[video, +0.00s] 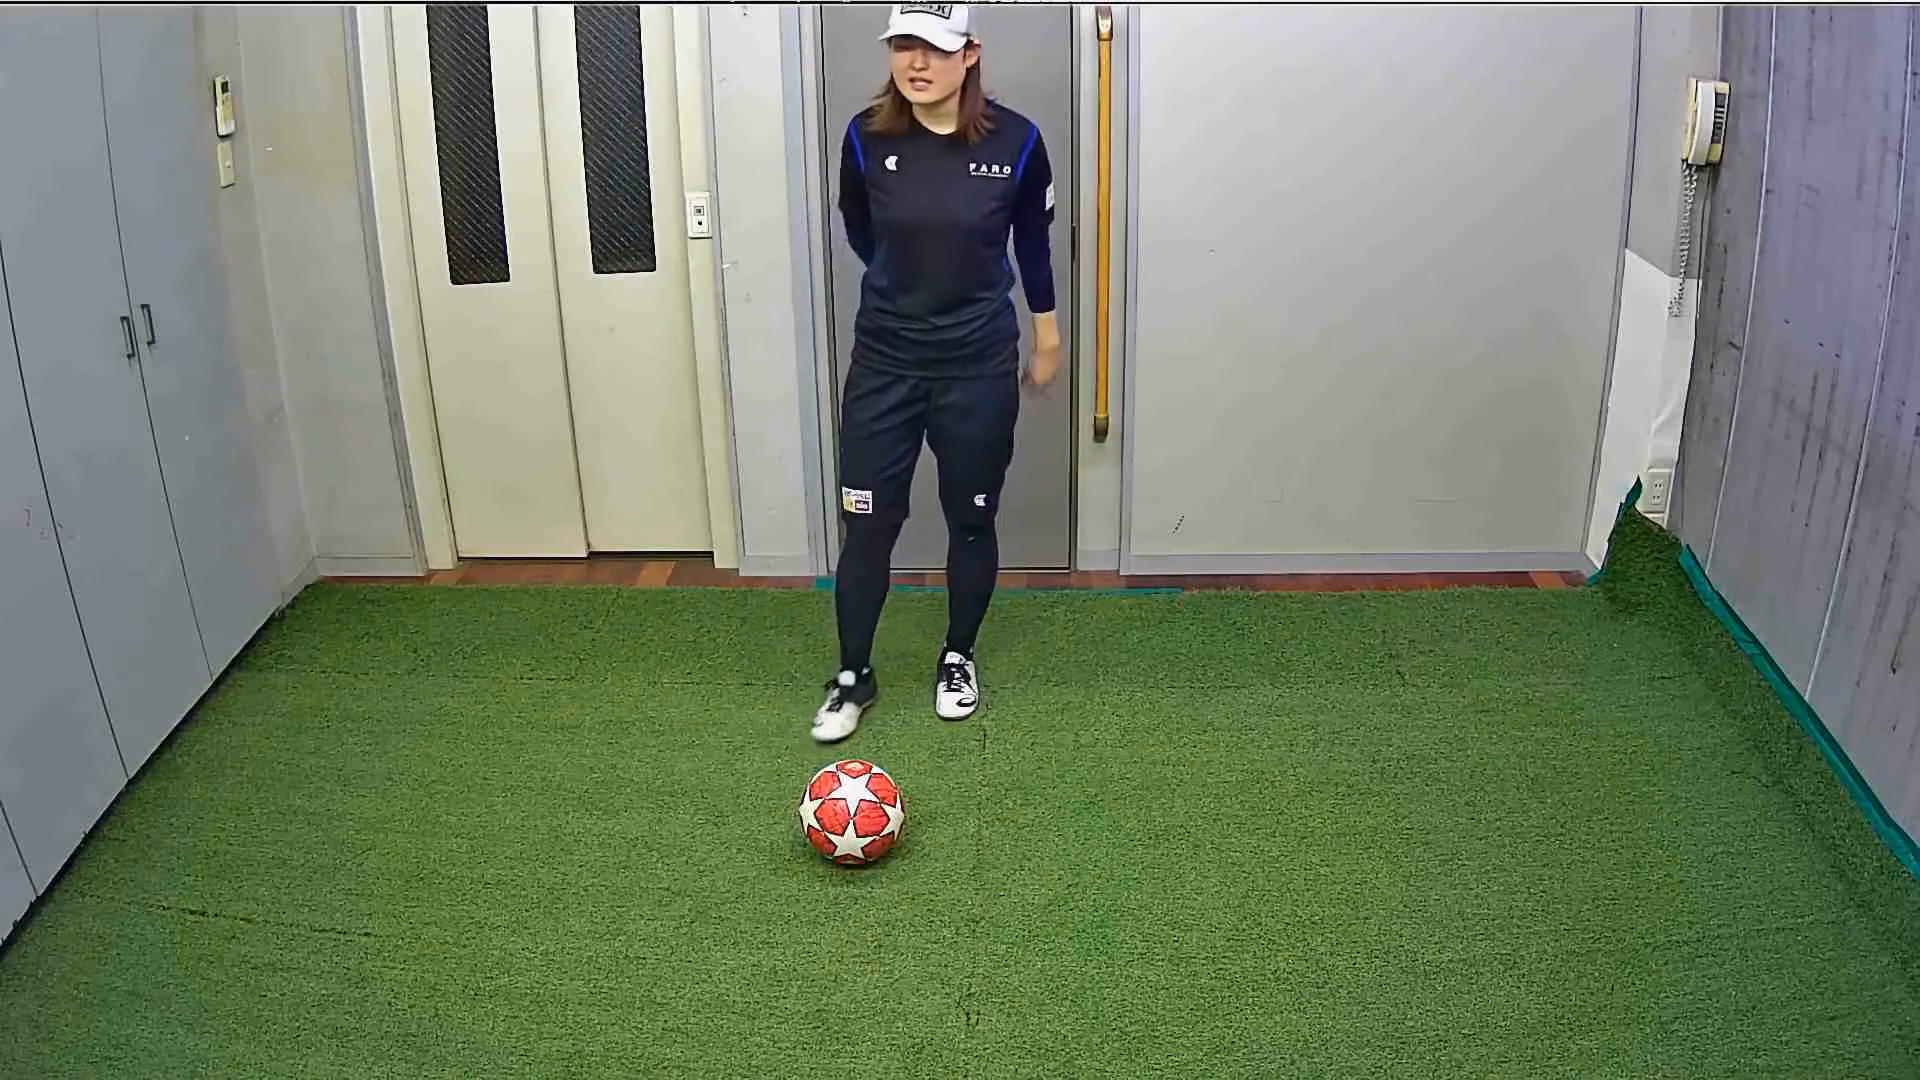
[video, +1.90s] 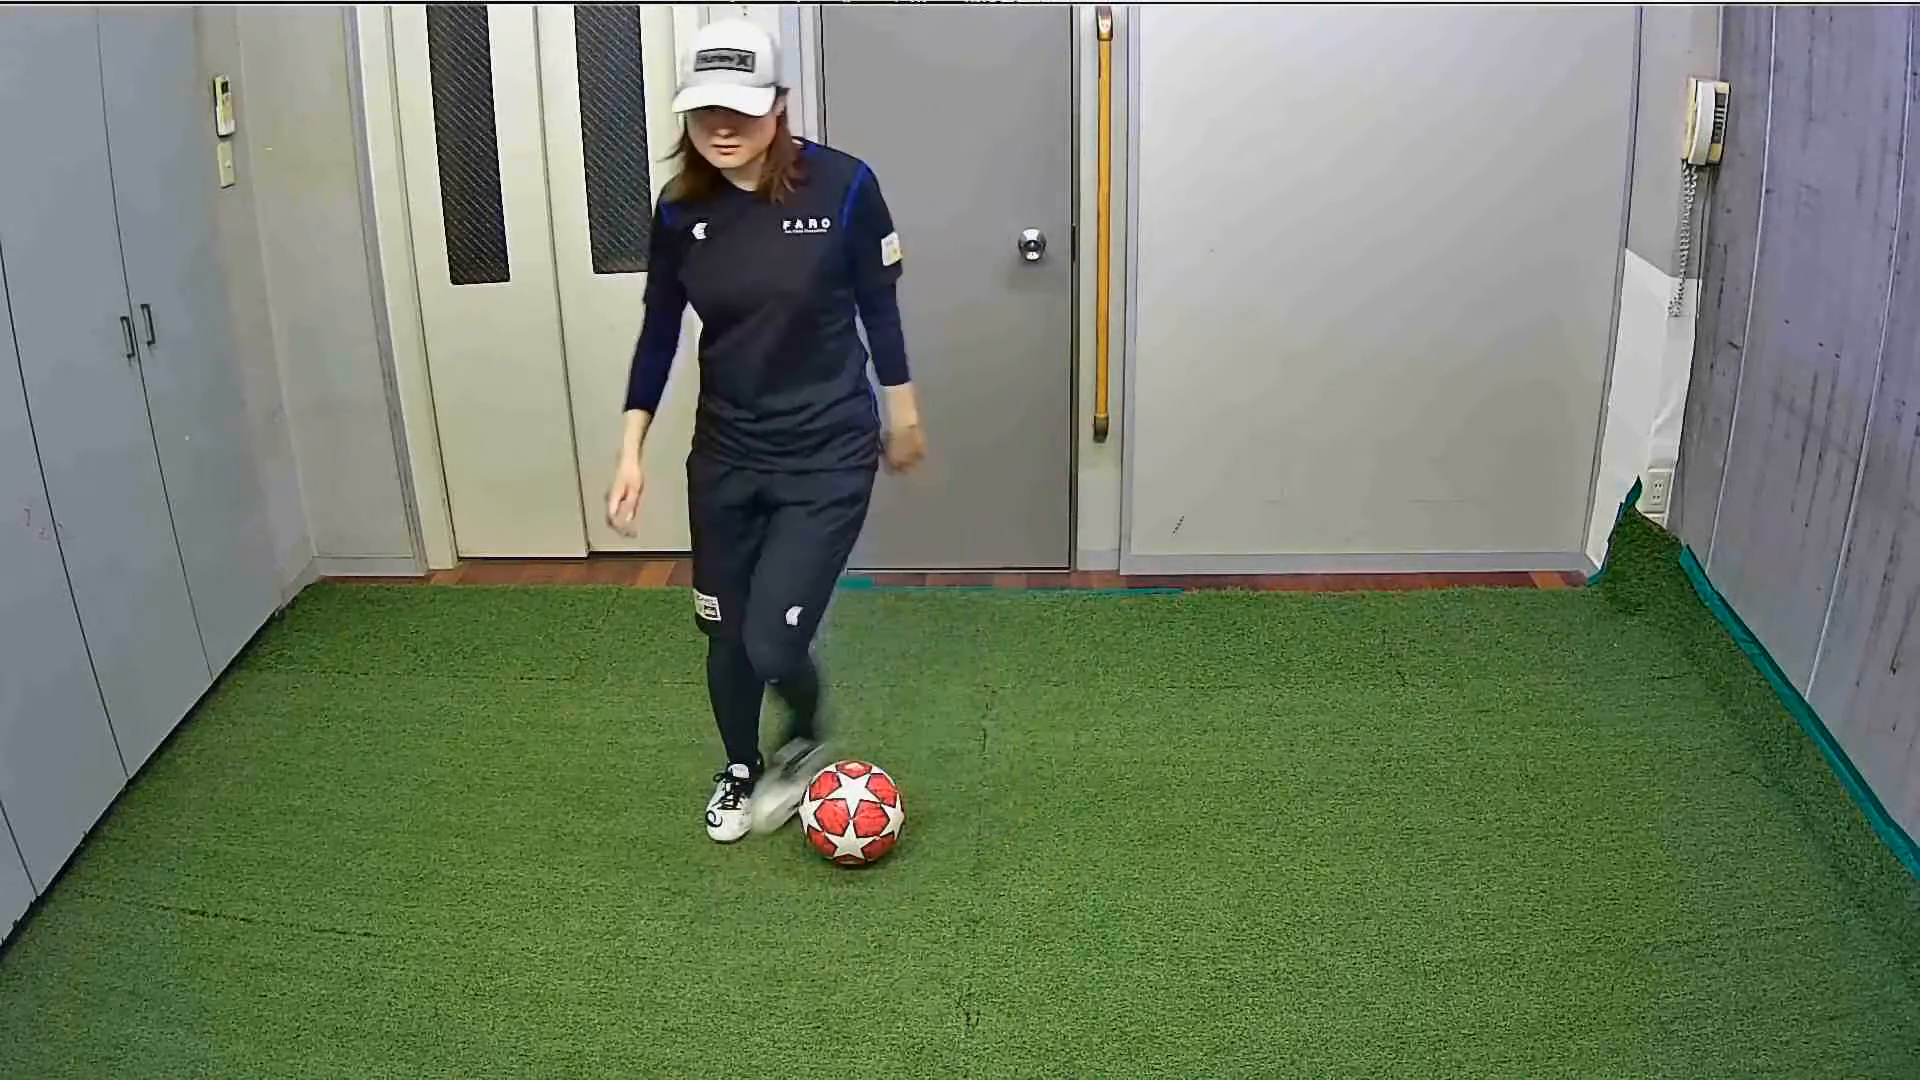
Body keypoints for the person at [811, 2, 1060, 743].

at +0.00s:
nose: (917, 61)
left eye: (934, 49)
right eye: (905, 47)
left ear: (969, 57)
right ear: (890, 57)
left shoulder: (1017, 142)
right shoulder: (866, 136)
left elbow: (1033, 238)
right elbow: (861, 234)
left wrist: (1046, 326)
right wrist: (914, 278)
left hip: (978, 355)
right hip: (884, 353)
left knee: (971, 516)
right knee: (865, 515)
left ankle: (957, 658)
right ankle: (852, 676)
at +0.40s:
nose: (891, 67)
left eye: (908, 54)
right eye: (881, 53)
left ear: (945, 57)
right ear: (868, 59)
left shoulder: (996, 138)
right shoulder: (844, 139)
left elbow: (1019, 255)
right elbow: (823, 240)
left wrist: (1020, 363)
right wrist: (815, 343)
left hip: (962, 365)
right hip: (866, 362)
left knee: (960, 523)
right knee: (869, 521)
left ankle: (958, 660)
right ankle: (886, 654)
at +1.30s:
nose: (878, 143)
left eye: (896, 127)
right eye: (864, 128)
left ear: (934, 108)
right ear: (844, 113)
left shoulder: (995, 181)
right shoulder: (832, 178)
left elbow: (1031, 310)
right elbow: (823, 273)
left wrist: (1065, 433)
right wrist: (785, 369)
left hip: (972, 428)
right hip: (869, 430)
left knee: (979, 622)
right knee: (901, 632)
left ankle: (1003, 760)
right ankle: (948, 769)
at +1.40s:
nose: (870, 140)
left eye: (888, 123)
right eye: (856, 123)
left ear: (929, 108)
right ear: (839, 112)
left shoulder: (990, 189)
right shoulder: (830, 180)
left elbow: (1031, 323)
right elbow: (828, 273)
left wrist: (1051, 444)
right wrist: (803, 362)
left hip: (957, 435)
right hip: (855, 431)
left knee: (968, 623)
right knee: (869, 623)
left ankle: (1001, 759)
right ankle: (877, 813)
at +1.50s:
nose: (846, 127)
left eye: (864, 112)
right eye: (830, 111)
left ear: (903, 106)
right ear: (810, 108)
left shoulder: (963, 184)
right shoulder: (800, 187)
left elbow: (1009, 306)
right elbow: (799, 288)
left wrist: (1011, 420)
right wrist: (782, 391)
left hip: (939, 442)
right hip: (832, 442)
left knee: (960, 626)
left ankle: (997, 758)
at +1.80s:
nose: (750, 120)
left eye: (770, 103)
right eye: (733, 103)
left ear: (811, 103)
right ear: (714, 108)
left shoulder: (870, 186)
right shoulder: (704, 201)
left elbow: (915, 300)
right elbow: (694, 312)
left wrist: (942, 427)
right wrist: (666, 436)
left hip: (846, 446)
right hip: (742, 447)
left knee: (839, 644)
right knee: (738, 626)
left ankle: (930, 722)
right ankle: (741, 770)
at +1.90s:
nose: (721, 123)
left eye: (742, 107)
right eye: (705, 108)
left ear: (779, 108)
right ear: (686, 114)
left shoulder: (844, 185)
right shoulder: (681, 210)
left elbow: (879, 302)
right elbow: (658, 331)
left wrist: (903, 409)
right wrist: (631, 451)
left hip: (829, 451)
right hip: (727, 452)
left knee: (772, 645)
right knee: (726, 630)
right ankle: (742, 769)